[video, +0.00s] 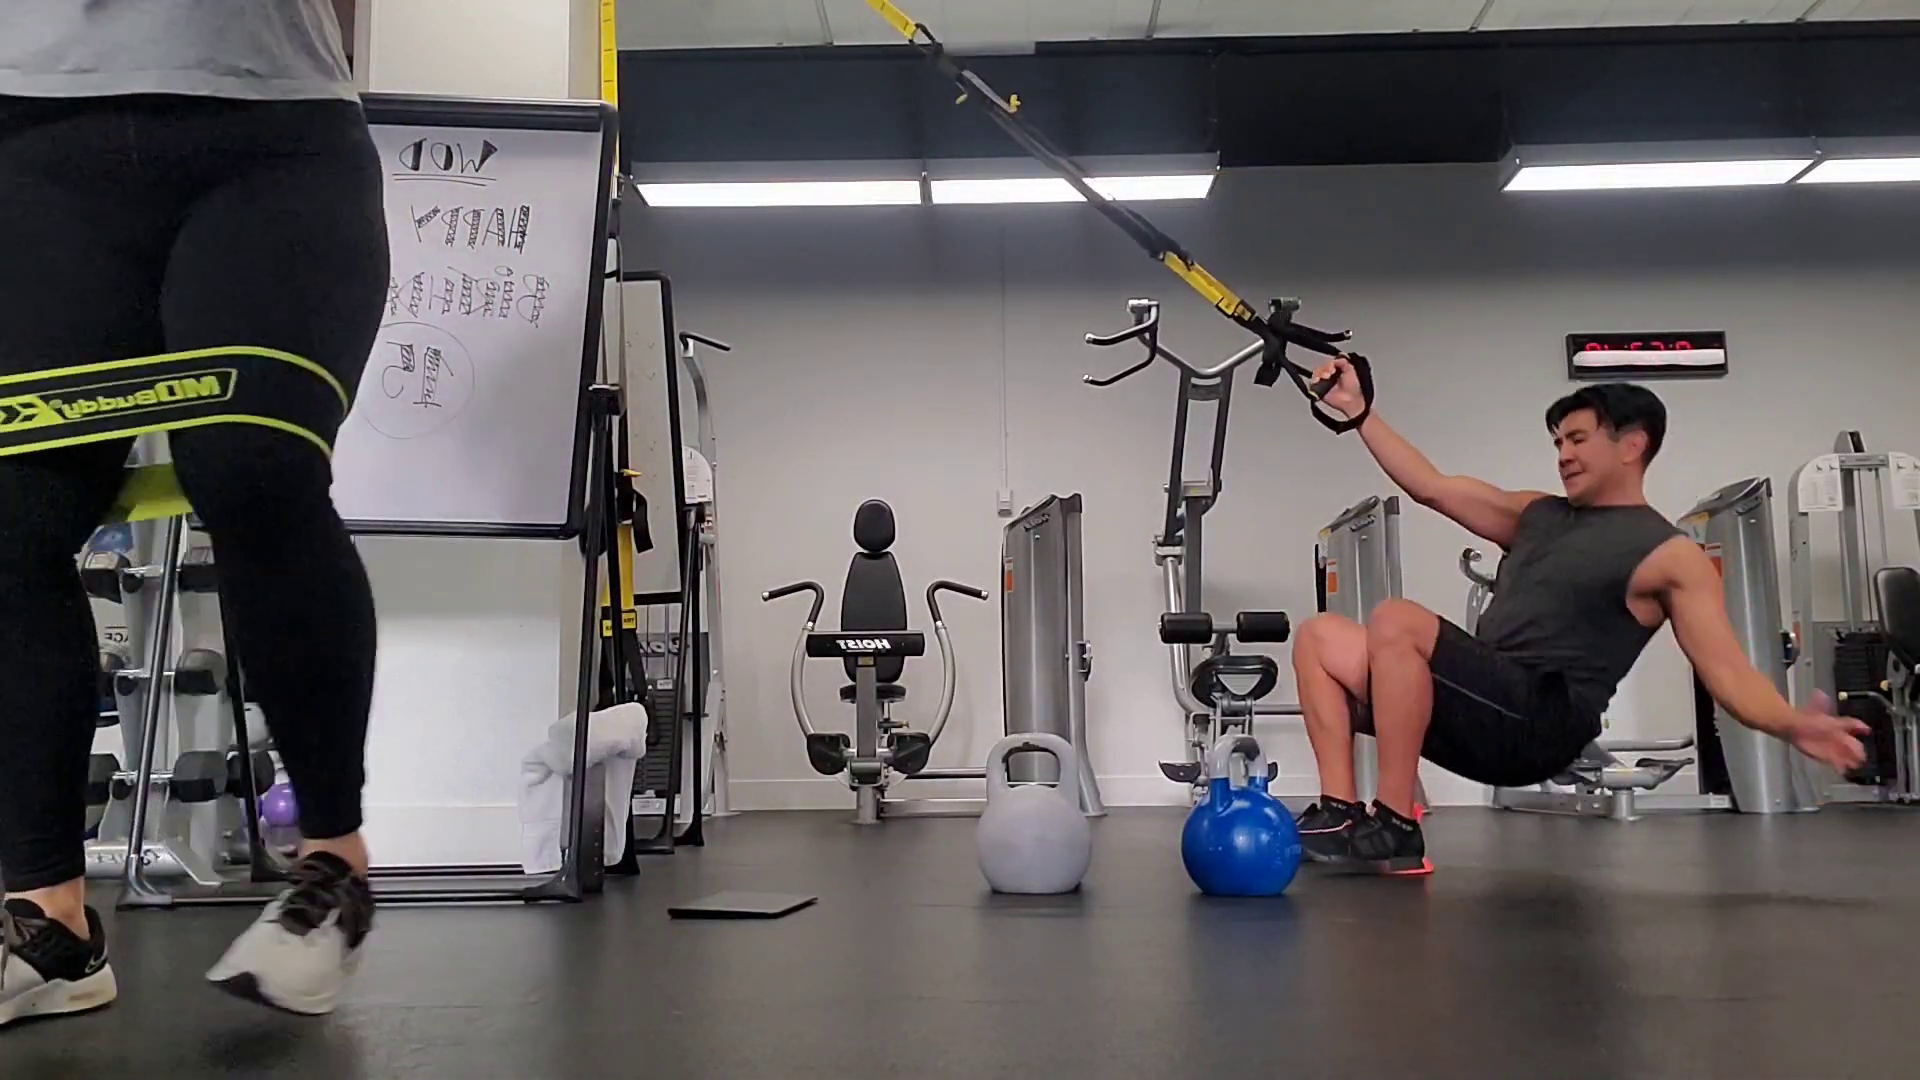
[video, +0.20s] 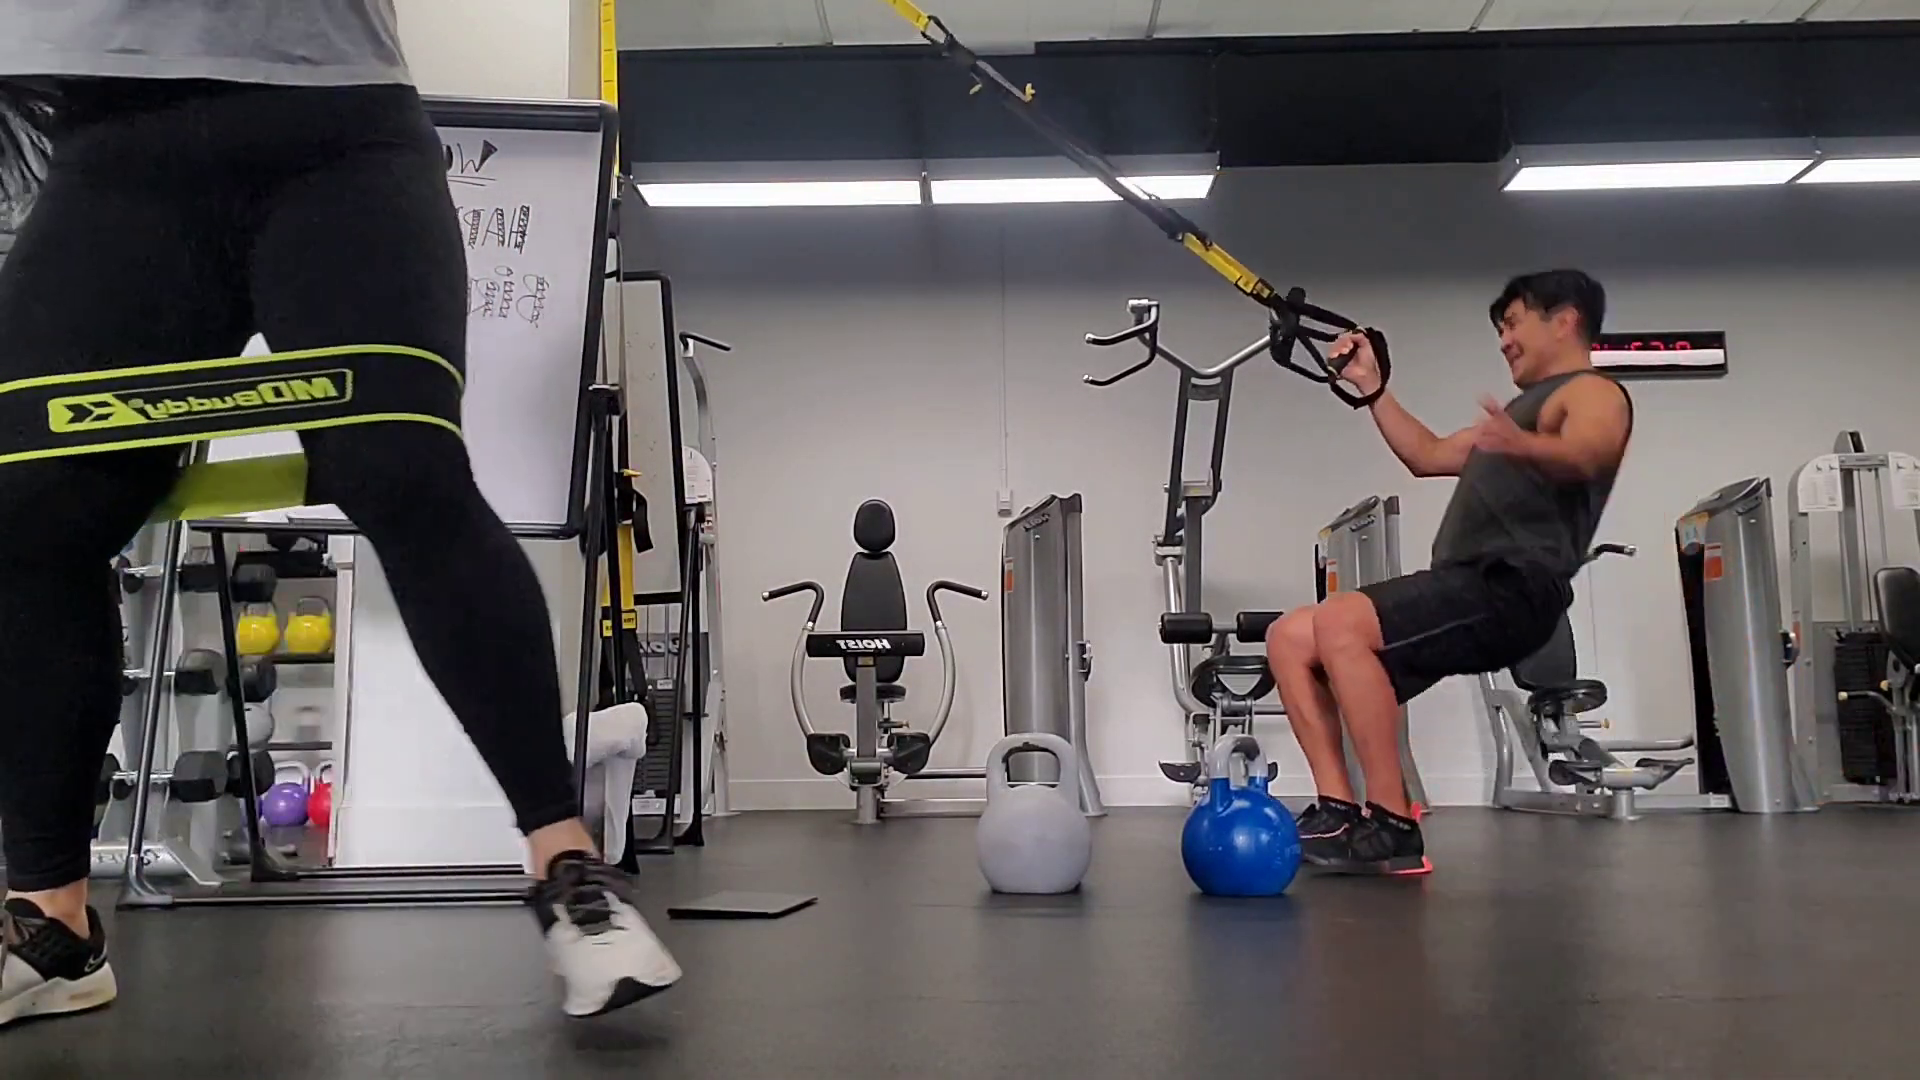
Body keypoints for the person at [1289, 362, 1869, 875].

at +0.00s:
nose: (1561, 454)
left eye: (1576, 439)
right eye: (1558, 443)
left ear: (1635, 444)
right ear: (1561, 453)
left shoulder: (1672, 555)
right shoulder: (1536, 514)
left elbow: (1726, 669)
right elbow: (1428, 484)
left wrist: (1787, 722)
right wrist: (1360, 414)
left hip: (1545, 719)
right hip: (1480, 707)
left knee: (1397, 620)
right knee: (1317, 640)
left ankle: (1396, 822)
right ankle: (1340, 809)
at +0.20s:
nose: (1503, 339)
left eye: (1513, 322)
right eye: (1501, 329)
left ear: (1565, 321)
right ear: (1556, 327)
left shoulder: (1595, 390)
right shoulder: (1517, 413)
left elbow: (1586, 456)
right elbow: (1429, 454)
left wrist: (1519, 443)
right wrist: (1374, 389)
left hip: (1512, 588)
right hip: (1465, 584)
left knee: (1340, 624)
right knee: (1288, 637)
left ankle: (1392, 822)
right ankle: (1337, 810)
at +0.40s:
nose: (1434, 229)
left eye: (1443, 213)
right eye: (1435, 218)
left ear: (1491, 208)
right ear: (1488, 212)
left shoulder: (1505, 264)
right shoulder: (1467, 293)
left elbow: (1408, 255)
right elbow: (1428, 416)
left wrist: (1293, 206)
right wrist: (1381, 363)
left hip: (1459, 473)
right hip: (1419, 476)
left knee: (1342, 618)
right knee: (1304, 623)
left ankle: (1389, 819)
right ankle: (1342, 807)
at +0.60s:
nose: (1379, 176)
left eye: (1388, 163)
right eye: (1381, 164)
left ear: (1426, 162)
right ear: (1443, 171)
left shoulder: (1403, 211)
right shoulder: (1477, 269)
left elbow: (1281, 177)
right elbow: (1463, 386)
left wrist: (1167, 130)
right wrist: (1347, 332)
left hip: (1396, 429)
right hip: (1410, 435)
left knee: (1374, 618)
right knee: (1344, 622)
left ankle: (1388, 820)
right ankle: (1347, 809)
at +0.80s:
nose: (1340, 178)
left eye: (1348, 164)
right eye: (1343, 166)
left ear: (1383, 160)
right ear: (1409, 171)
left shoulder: (1346, 211)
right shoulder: (1453, 260)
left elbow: (1217, 178)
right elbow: (1464, 387)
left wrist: (1110, 139)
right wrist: (1356, 336)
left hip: (1367, 431)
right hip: (1406, 434)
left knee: (1381, 620)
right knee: (1349, 628)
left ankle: (1390, 820)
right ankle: (1347, 808)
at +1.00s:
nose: (1325, 179)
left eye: (1333, 165)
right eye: (1328, 167)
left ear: (1371, 160)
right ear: (1398, 171)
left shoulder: (1336, 212)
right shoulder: (1444, 260)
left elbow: (1213, 189)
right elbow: (1460, 386)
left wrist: (1102, 153)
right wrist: (1363, 355)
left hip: (1366, 430)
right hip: (1404, 432)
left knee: (1378, 618)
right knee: (1348, 623)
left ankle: (1389, 821)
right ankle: (1349, 808)